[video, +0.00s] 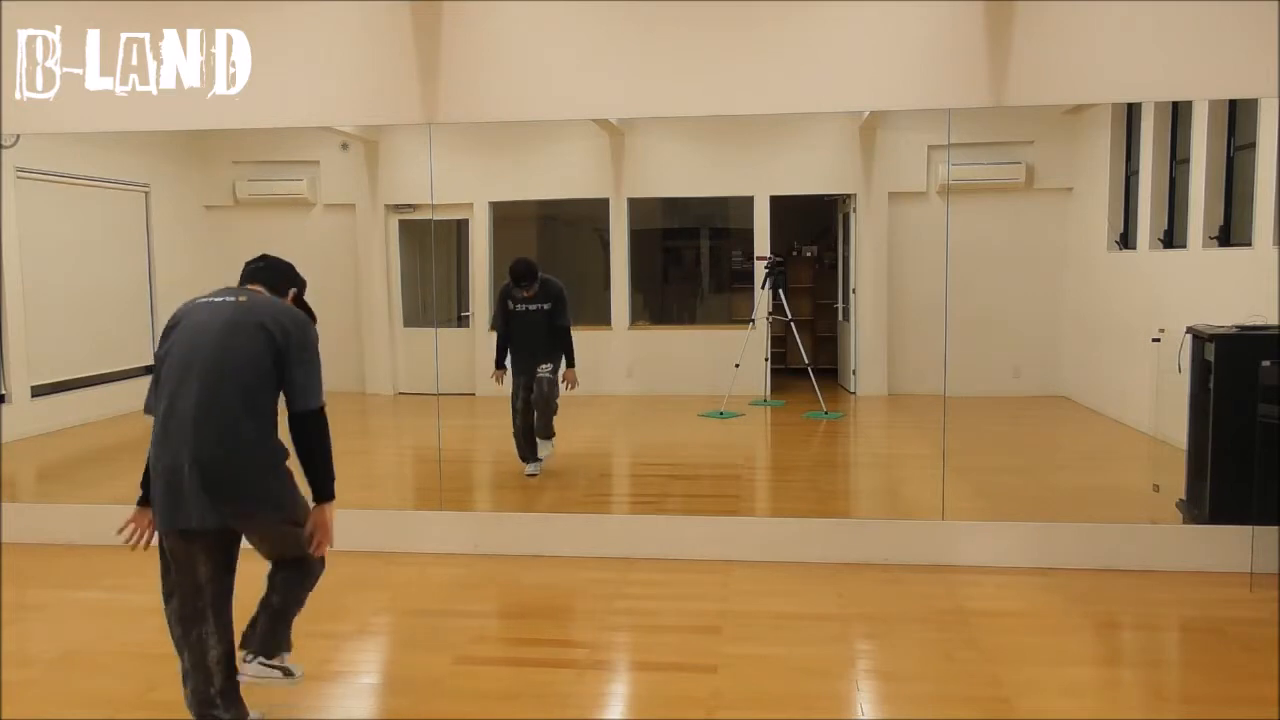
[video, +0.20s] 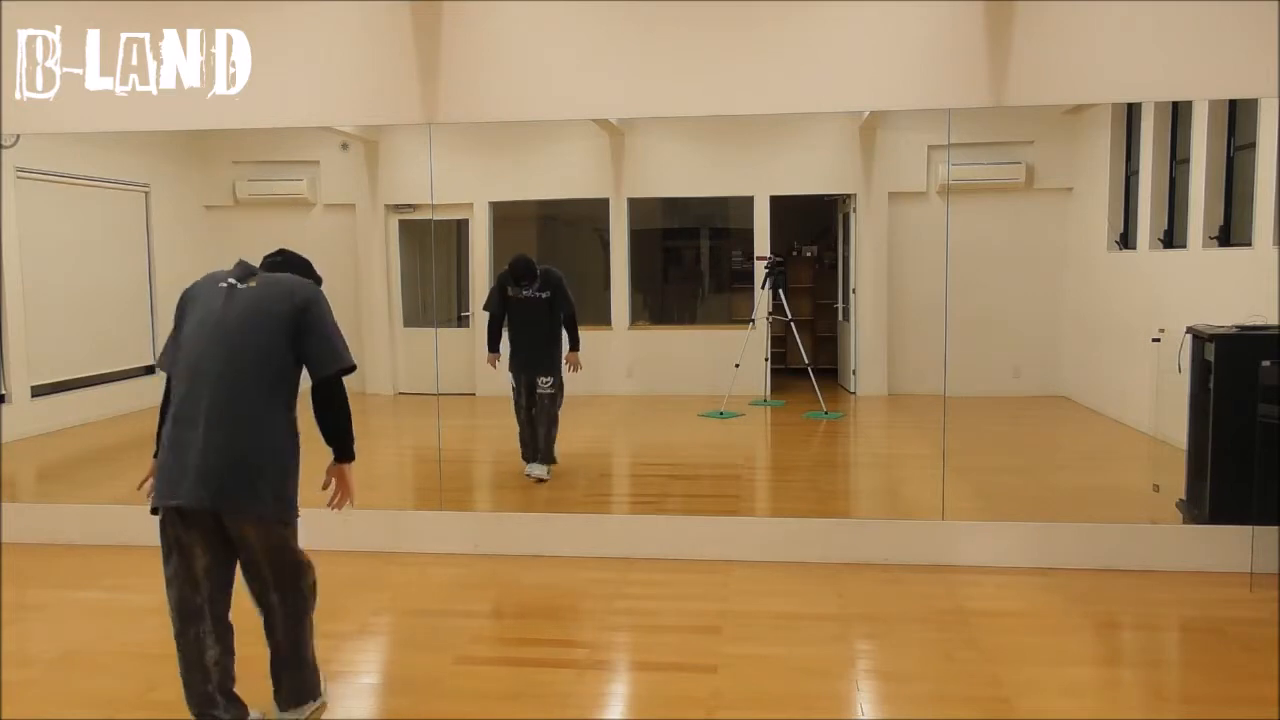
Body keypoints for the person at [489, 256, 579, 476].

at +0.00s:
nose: (525, 293)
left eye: (529, 288)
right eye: (521, 289)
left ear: (537, 279)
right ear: (513, 283)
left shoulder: (554, 290)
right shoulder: (507, 293)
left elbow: (564, 328)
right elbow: (503, 331)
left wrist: (570, 366)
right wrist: (500, 363)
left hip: (549, 354)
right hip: (521, 356)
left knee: (544, 392)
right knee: (521, 407)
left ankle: (544, 437)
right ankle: (530, 458)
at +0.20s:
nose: (527, 288)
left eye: (530, 283)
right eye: (521, 285)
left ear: (536, 273)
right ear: (512, 277)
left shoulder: (552, 279)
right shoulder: (504, 282)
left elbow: (568, 313)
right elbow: (496, 315)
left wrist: (574, 349)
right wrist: (493, 348)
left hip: (548, 354)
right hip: (520, 353)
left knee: (545, 408)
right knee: (523, 407)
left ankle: (543, 461)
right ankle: (530, 458)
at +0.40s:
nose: (525, 291)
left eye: (529, 286)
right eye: (520, 287)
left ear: (535, 277)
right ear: (511, 280)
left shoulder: (552, 285)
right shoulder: (504, 288)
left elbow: (567, 322)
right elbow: (497, 325)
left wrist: (570, 360)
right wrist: (493, 359)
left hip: (550, 353)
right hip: (521, 352)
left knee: (548, 410)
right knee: (518, 411)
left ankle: (546, 464)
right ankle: (531, 456)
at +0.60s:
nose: (525, 289)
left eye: (528, 285)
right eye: (520, 286)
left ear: (535, 275)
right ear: (511, 278)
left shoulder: (551, 281)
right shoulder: (503, 282)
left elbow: (565, 317)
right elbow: (495, 319)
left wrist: (566, 353)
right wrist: (493, 352)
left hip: (546, 349)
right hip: (518, 350)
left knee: (544, 400)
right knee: (521, 402)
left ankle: (543, 454)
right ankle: (529, 458)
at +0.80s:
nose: (523, 291)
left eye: (526, 286)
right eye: (518, 287)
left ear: (533, 276)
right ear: (509, 280)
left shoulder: (548, 282)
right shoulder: (502, 283)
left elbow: (565, 318)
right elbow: (492, 319)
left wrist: (566, 354)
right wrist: (489, 353)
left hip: (545, 356)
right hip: (517, 355)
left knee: (542, 410)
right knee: (518, 411)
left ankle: (541, 464)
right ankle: (530, 459)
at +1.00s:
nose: (521, 296)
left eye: (525, 292)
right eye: (516, 292)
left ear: (533, 284)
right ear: (508, 287)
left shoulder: (549, 297)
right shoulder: (501, 301)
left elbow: (563, 337)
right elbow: (495, 342)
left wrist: (563, 377)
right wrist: (493, 379)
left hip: (547, 363)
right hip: (519, 362)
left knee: (544, 416)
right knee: (511, 406)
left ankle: (540, 466)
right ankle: (528, 426)